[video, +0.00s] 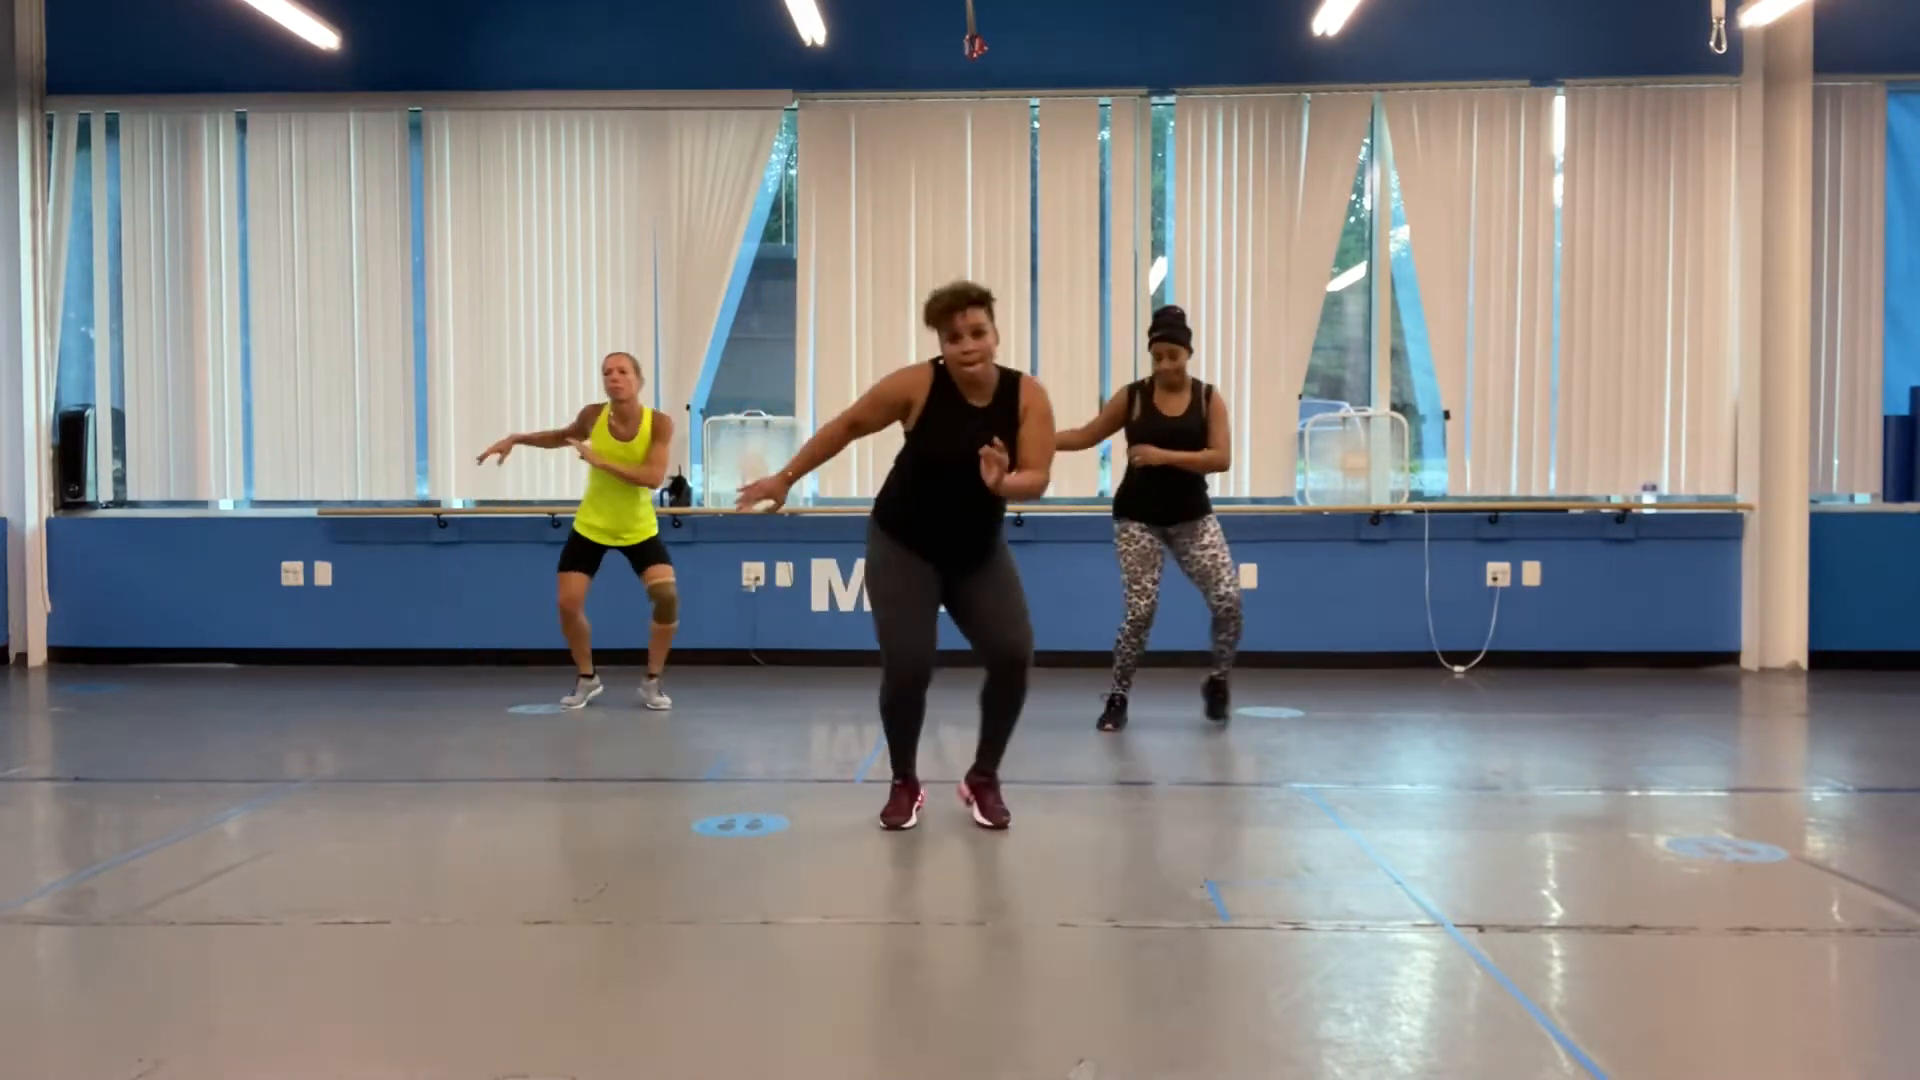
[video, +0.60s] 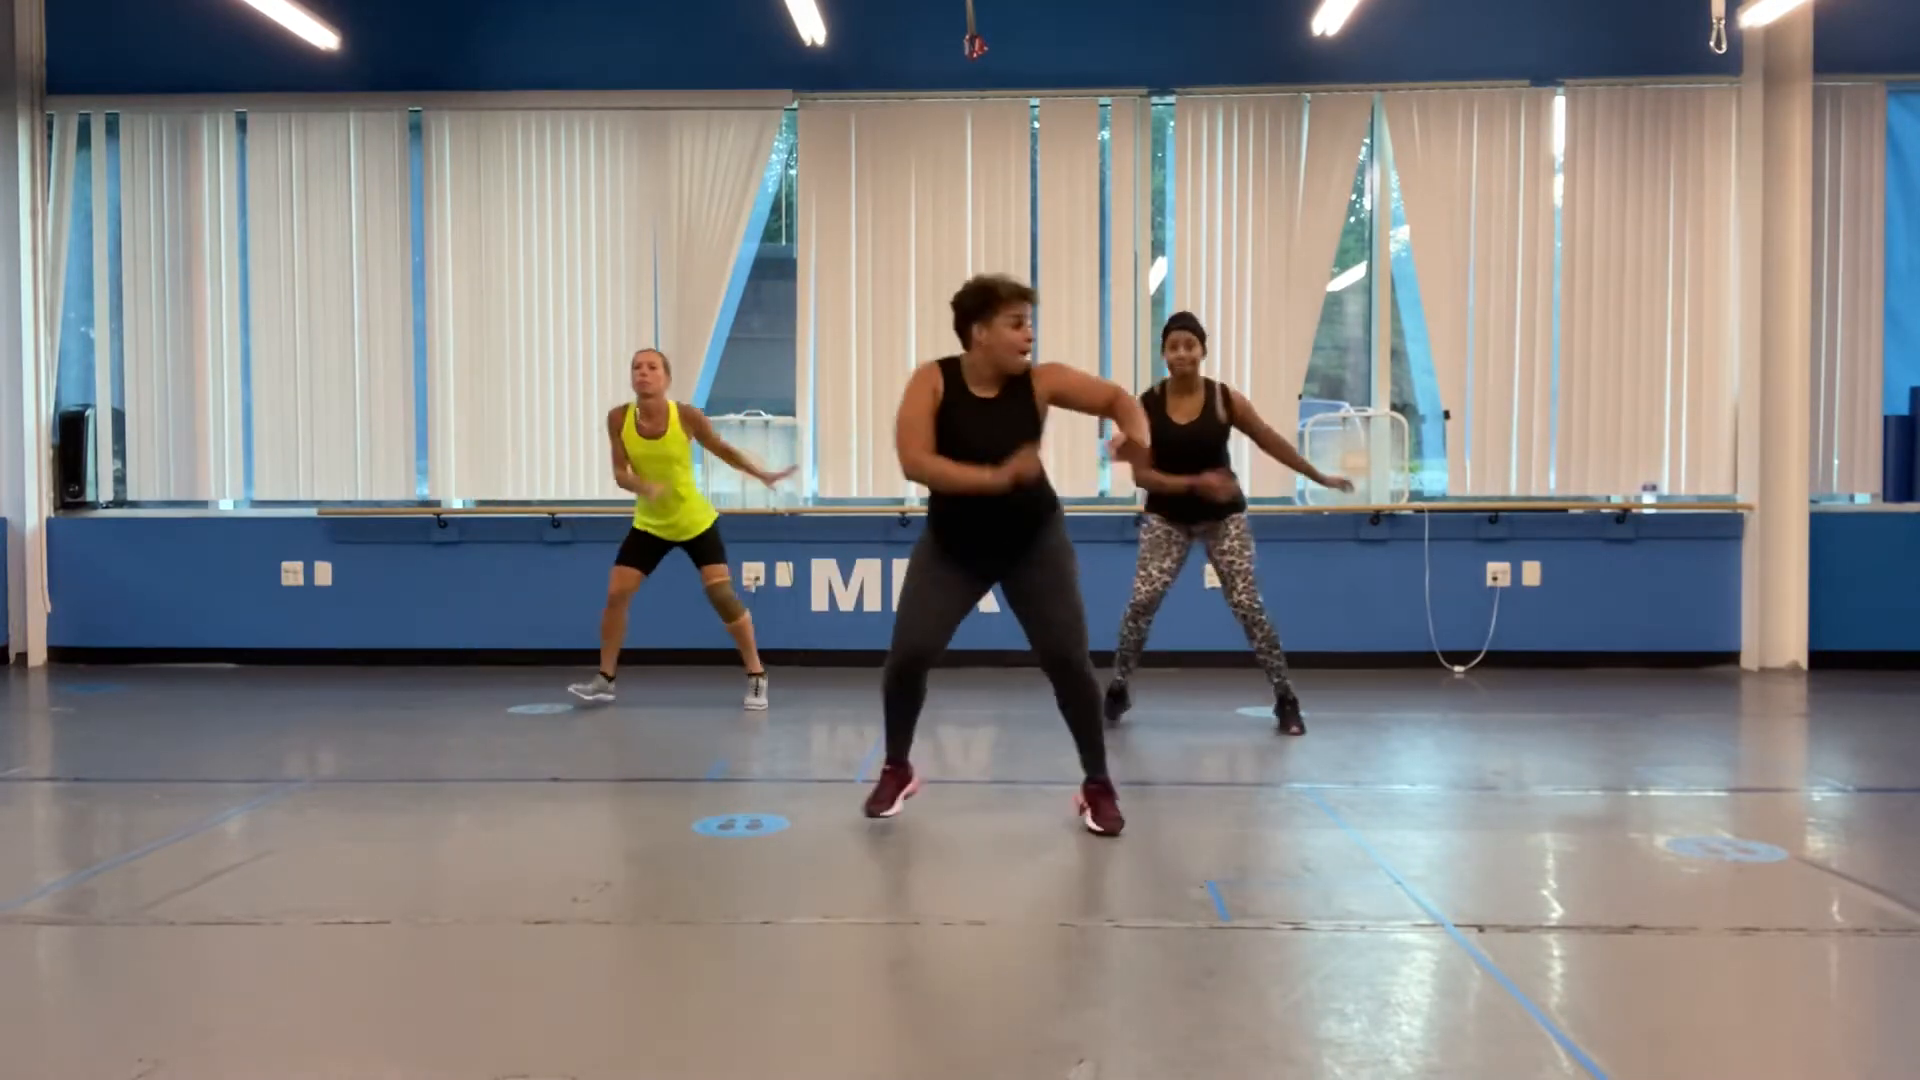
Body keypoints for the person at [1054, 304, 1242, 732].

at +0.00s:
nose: (1166, 364)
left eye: (1174, 355)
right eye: (1159, 356)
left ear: (1188, 353)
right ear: (1150, 356)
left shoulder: (1208, 398)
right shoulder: (1131, 398)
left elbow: (1220, 459)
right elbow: (1085, 436)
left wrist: (1163, 455)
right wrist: (1037, 439)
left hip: (1192, 518)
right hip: (1137, 518)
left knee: (1228, 600)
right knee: (1141, 610)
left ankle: (1219, 683)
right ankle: (1118, 697)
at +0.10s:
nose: (1179, 355)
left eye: (1186, 347)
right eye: (1172, 348)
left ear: (1202, 346)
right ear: (1164, 350)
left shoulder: (1227, 393)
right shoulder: (1148, 394)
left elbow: (1237, 455)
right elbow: (1103, 431)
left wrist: (1181, 445)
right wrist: (1061, 428)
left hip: (1208, 515)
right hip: (1152, 515)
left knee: (1241, 598)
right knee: (1142, 606)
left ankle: (1261, 688)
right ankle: (1114, 694)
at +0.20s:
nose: (1194, 362)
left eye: (1201, 354)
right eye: (1186, 355)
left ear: (1217, 354)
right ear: (1179, 358)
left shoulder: (1244, 398)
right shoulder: (1166, 404)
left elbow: (1260, 458)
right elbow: (1122, 443)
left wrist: (1202, 458)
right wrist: (1080, 437)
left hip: (1230, 521)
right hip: (1173, 519)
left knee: (1257, 610)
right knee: (1153, 606)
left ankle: (1283, 702)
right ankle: (1109, 690)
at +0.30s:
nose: (1206, 372)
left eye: (1212, 362)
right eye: (1198, 365)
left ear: (1227, 361)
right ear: (1188, 369)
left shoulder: (1255, 409)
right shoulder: (1177, 418)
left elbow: (1276, 472)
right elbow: (1148, 476)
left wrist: (1235, 505)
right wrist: (1103, 484)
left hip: (1244, 527)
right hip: (1186, 529)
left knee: (1270, 613)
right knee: (1176, 609)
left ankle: (1284, 703)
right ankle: (1128, 664)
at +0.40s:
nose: (1204, 370)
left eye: (1211, 361)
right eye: (1196, 363)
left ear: (1226, 362)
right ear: (1187, 369)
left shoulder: (1257, 411)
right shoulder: (1176, 422)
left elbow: (1278, 476)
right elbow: (1163, 485)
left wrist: (1285, 532)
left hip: (1245, 531)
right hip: (1186, 533)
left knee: (1266, 615)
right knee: (1171, 616)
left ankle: (1283, 702)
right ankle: (1151, 692)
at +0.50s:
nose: (1194, 360)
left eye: (1201, 352)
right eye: (1186, 354)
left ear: (1216, 355)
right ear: (1178, 361)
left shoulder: (1243, 403)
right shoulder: (1166, 415)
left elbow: (1279, 460)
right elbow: (1160, 486)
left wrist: (1315, 508)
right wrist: (1185, 531)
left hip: (1240, 524)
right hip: (1184, 524)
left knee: (1254, 610)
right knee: (1156, 606)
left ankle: (1283, 702)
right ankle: (1136, 689)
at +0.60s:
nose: (1181, 353)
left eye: (1189, 346)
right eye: (1173, 346)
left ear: (1203, 351)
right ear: (1163, 354)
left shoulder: (1225, 400)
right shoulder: (1145, 407)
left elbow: (1268, 440)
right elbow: (1141, 476)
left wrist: (1319, 477)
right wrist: (1196, 483)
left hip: (1222, 517)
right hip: (1165, 520)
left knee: (1245, 603)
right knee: (1143, 600)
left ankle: (1285, 698)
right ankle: (1118, 688)